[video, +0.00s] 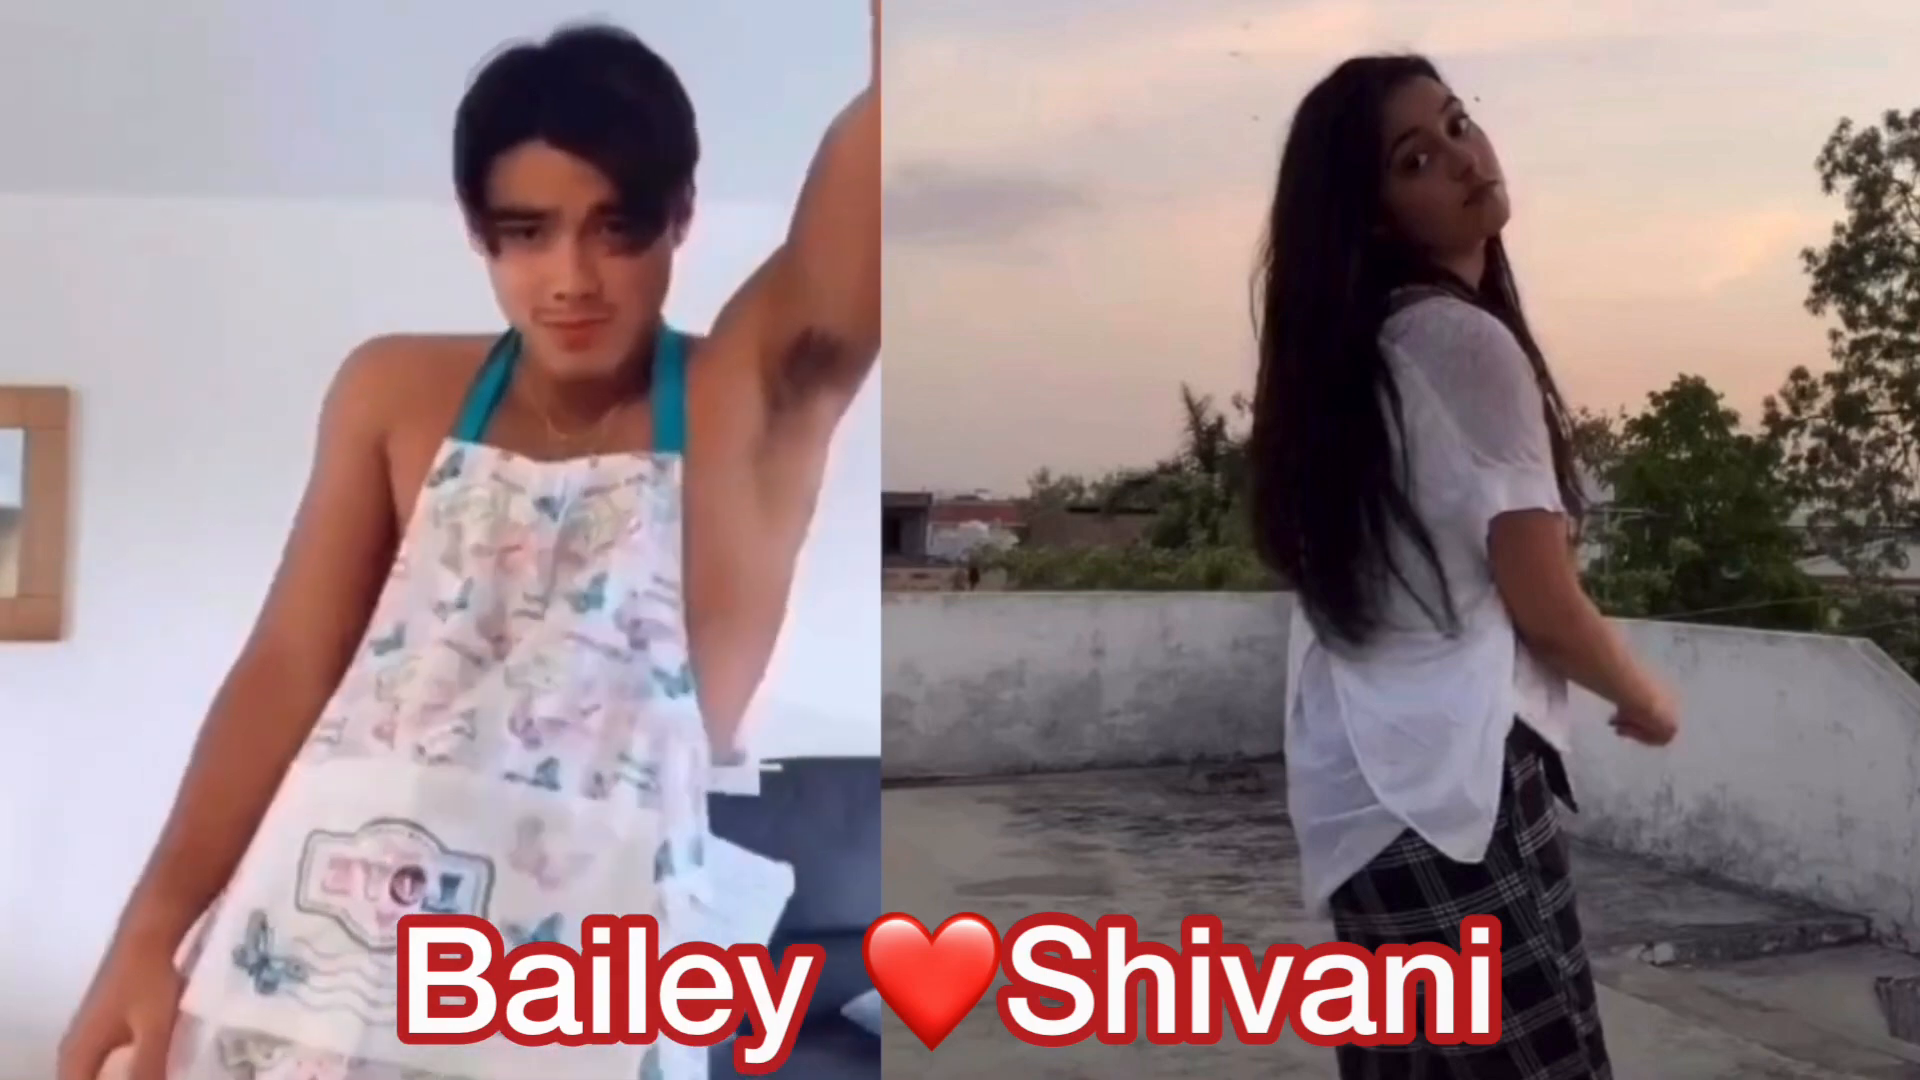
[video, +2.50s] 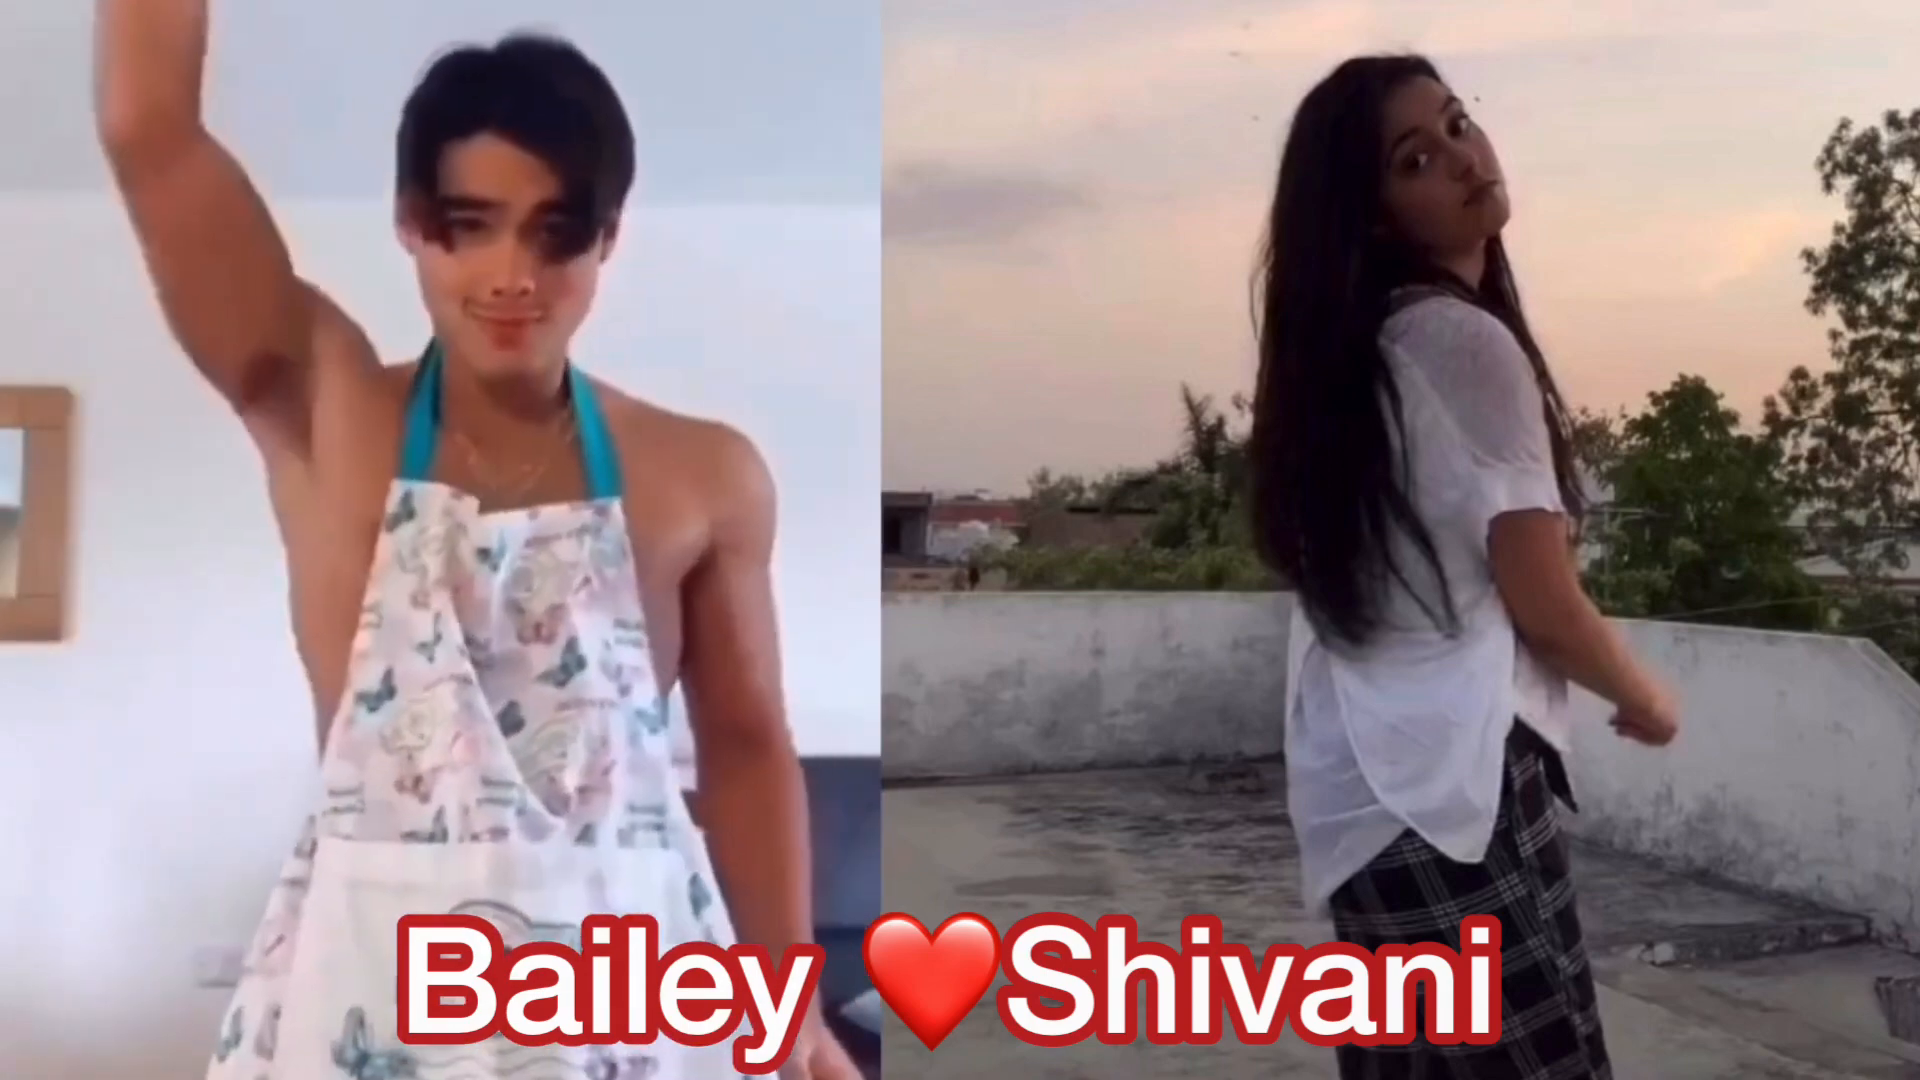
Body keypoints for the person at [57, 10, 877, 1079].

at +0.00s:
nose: (572, 278)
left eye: (617, 227)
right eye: (525, 231)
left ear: (682, 220)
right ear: (479, 235)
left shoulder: (767, 391)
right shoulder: (394, 391)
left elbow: (910, 106)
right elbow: (282, 676)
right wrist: (148, 940)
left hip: (604, 966)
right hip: (324, 938)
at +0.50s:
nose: (600, 356)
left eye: (649, 309)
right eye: (553, 305)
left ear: (705, 322)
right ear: (498, 310)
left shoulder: (783, 444)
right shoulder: (388, 574)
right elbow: (368, 918)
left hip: (824, 1036)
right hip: (576, 1051)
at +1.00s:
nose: (478, 341)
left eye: (524, 299)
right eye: (439, 293)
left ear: (577, 299)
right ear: (387, 292)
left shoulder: (620, 424)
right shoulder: (287, 446)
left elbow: (813, 241)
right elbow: (209, 762)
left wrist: (857, 3)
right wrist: (236, 1049)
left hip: (608, 1002)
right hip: (383, 1012)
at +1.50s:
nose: (424, 298)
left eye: (470, 257)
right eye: (386, 252)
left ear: (535, 265)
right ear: (343, 262)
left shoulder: (626, 506)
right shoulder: (223, 450)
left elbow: (699, 778)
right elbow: (27, 594)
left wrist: (822, 948)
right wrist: (292, 498)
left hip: (477, 991)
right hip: (242, 970)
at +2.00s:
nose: (578, 291)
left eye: (624, 246)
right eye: (533, 245)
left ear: (682, 258)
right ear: (486, 255)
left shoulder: (784, 474)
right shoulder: (384, 453)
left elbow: (845, 759)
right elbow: (110, 621)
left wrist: (861, 990)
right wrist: (295, 476)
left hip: (745, 983)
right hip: (488, 996)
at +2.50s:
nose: (510, 275)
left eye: (556, 230)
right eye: (469, 225)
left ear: (609, 240)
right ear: (412, 227)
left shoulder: (706, 477)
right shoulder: (317, 403)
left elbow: (745, 750)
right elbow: (150, 129)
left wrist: (789, 1005)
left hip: (640, 984)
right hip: (375, 977)